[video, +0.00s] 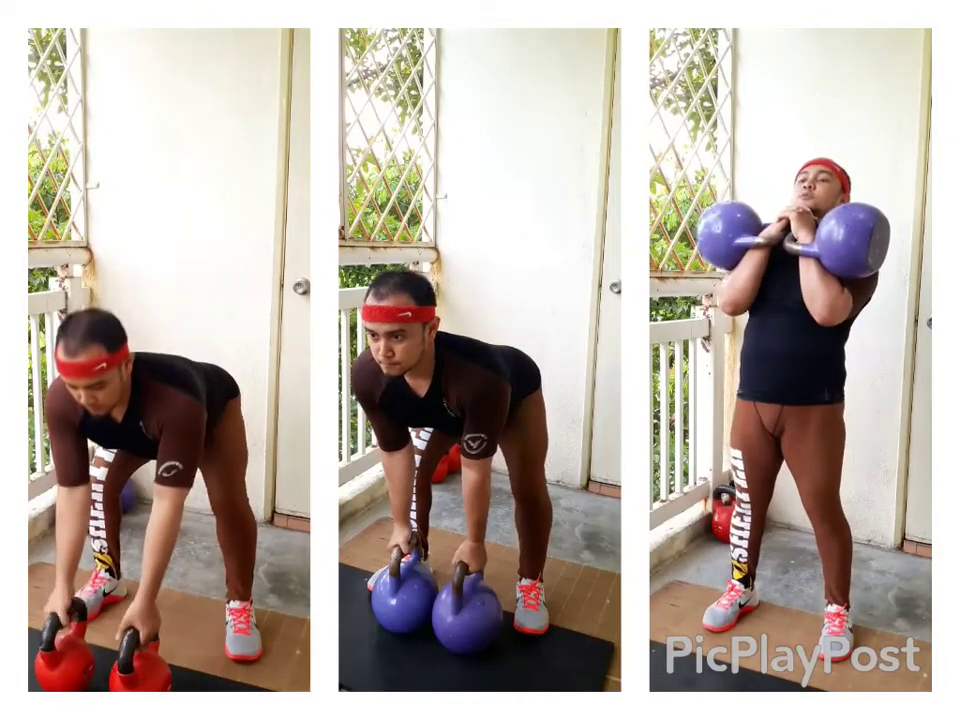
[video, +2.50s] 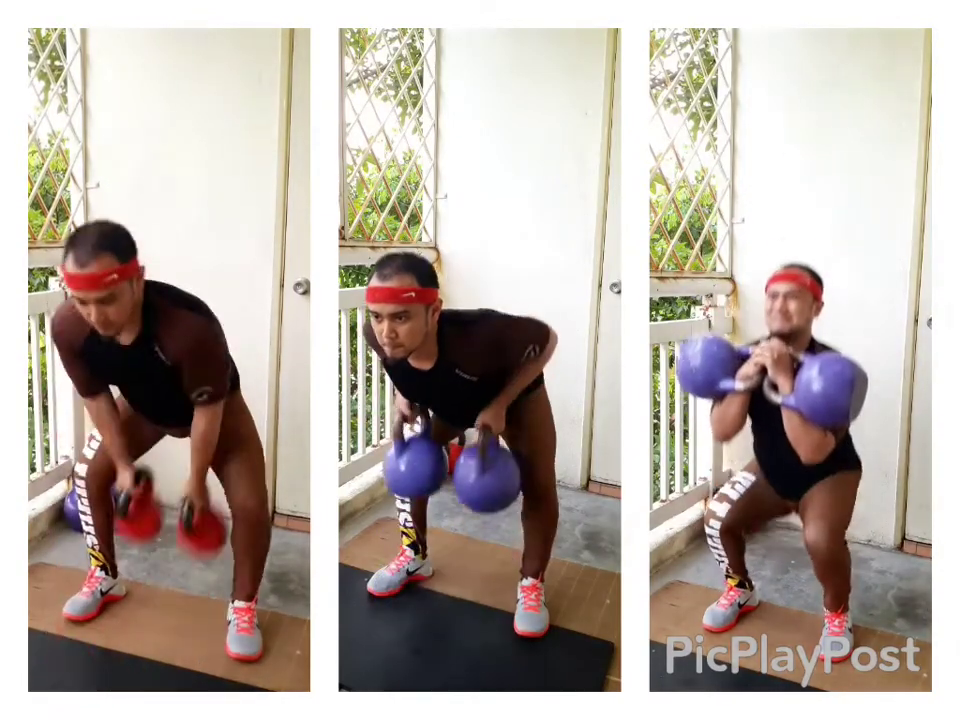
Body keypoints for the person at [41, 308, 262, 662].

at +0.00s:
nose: (85, 399)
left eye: (97, 386)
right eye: (74, 388)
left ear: (126, 364)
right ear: (63, 376)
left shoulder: (176, 401)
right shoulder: (61, 399)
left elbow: (168, 504)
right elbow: (71, 491)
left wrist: (146, 599)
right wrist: (62, 586)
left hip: (210, 405)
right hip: (146, 418)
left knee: (229, 504)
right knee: (108, 486)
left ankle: (240, 604)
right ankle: (106, 576)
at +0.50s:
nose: (65, 406)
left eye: (77, 392)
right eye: (52, 394)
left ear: (108, 366)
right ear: (39, 377)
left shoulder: (163, 402)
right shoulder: (41, 405)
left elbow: (157, 508)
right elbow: (64, 494)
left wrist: (146, 602)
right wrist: (63, 585)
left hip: (200, 407)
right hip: (131, 420)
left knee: (228, 512)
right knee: (100, 498)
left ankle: (240, 606)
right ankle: (109, 576)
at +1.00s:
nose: (46, 409)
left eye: (59, 395)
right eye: (34, 398)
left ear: (93, 368)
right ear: (23, 387)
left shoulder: (150, 410)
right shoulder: (35, 417)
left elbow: (146, 516)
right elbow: (58, 500)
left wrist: (143, 605)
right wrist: (62, 587)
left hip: (195, 411)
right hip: (124, 427)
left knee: (227, 526)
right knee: (91, 509)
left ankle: (239, 608)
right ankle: (109, 576)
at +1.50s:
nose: (77, 389)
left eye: (89, 376)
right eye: (65, 378)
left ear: (119, 350)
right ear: (52, 363)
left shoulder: (172, 402)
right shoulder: (51, 399)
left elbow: (160, 507)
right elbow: (68, 490)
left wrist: (149, 601)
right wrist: (63, 582)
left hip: (204, 418)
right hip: (139, 432)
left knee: (236, 522)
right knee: (97, 502)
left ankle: (240, 606)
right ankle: (109, 574)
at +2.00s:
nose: (96, 398)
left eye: (108, 386)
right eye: (85, 387)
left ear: (138, 366)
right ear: (75, 374)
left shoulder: (186, 406)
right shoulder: (69, 402)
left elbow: (171, 508)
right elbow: (74, 494)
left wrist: (151, 604)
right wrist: (59, 583)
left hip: (213, 419)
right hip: (147, 432)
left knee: (237, 516)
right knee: (106, 496)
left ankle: (240, 606)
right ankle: (106, 576)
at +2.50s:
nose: (95, 316)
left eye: (108, 300)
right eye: (82, 303)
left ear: (137, 279)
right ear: (70, 293)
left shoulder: (188, 324)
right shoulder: (68, 327)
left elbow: (208, 404)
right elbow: (96, 397)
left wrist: (197, 480)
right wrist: (122, 462)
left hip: (211, 406)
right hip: (146, 409)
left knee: (252, 507)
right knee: (93, 477)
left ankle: (243, 606)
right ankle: (104, 574)